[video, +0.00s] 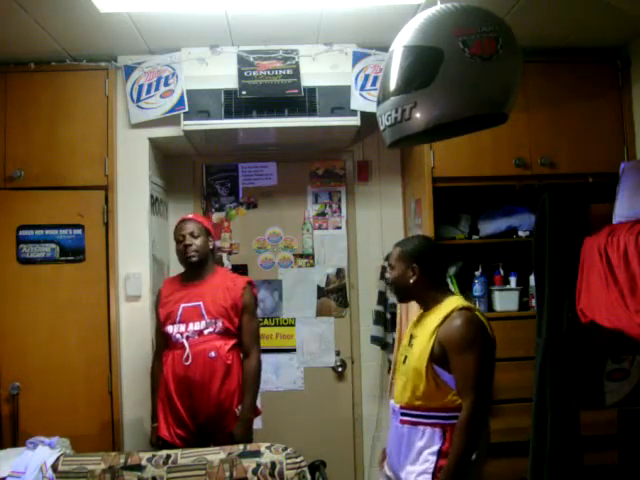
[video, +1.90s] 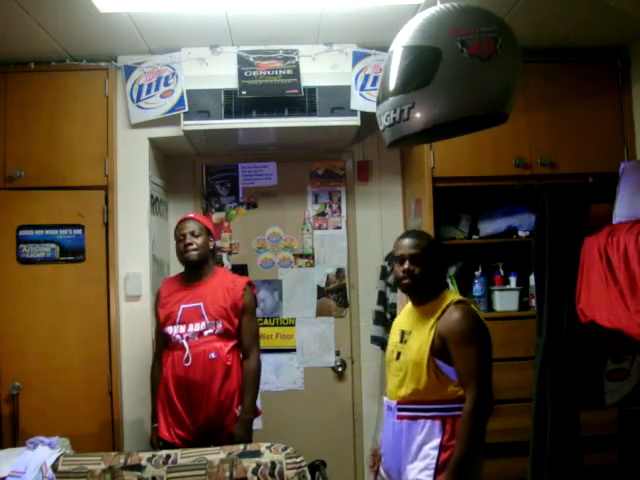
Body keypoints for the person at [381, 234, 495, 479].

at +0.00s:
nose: (386, 276)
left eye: (391, 268)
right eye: (387, 268)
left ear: (413, 272)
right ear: (412, 273)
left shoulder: (461, 324)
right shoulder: (426, 316)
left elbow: (473, 405)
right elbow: (416, 392)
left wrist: (450, 470)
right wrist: (393, 446)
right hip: (406, 450)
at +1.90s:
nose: (406, 268)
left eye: (415, 260)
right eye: (399, 261)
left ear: (435, 264)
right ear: (392, 267)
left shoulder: (458, 318)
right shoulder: (407, 312)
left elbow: (478, 395)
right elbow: (403, 388)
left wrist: (455, 468)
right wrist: (383, 445)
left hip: (435, 435)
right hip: (398, 432)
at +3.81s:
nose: (405, 276)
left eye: (414, 268)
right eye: (397, 270)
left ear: (430, 272)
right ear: (388, 277)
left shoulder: (457, 323)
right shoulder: (400, 323)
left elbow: (482, 396)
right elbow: (397, 394)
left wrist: (444, 460)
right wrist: (371, 441)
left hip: (434, 443)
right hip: (393, 441)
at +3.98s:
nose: (409, 271)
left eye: (417, 264)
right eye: (400, 265)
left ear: (431, 268)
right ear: (390, 273)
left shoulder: (455, 314)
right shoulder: (396, 321)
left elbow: (475, 370)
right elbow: (393, 391)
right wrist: (370, 437)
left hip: (440, 434)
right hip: (394, 434)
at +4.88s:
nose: (407, 271)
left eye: (416, 263)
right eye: (398, 265)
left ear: (429, 269)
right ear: (389, 274)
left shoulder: (453, 311)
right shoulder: (396, 324)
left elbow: (469, 357)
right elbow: (393, 393)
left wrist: (442, 333)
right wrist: (361, 437)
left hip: (441, 435)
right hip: (395, 436)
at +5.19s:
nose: (376, 274)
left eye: (384, 266)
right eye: (379, 266)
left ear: (407, 275)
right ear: (405, 276)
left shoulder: (454, 314)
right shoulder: (397, 325)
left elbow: (468, 341)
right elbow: (390, 389)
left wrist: (440, 319)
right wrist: (343, 417)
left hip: (438, 443)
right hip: (393, 440)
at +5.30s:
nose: (375, 275)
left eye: (381, 267)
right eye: (376, 267)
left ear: (404, 271)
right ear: (401, 271)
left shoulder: (450, 311)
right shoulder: (395, 324)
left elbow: (472, 347)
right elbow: (384, 388)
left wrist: (436, 328)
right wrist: (331, 394)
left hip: (438, 437)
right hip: (395, 435)